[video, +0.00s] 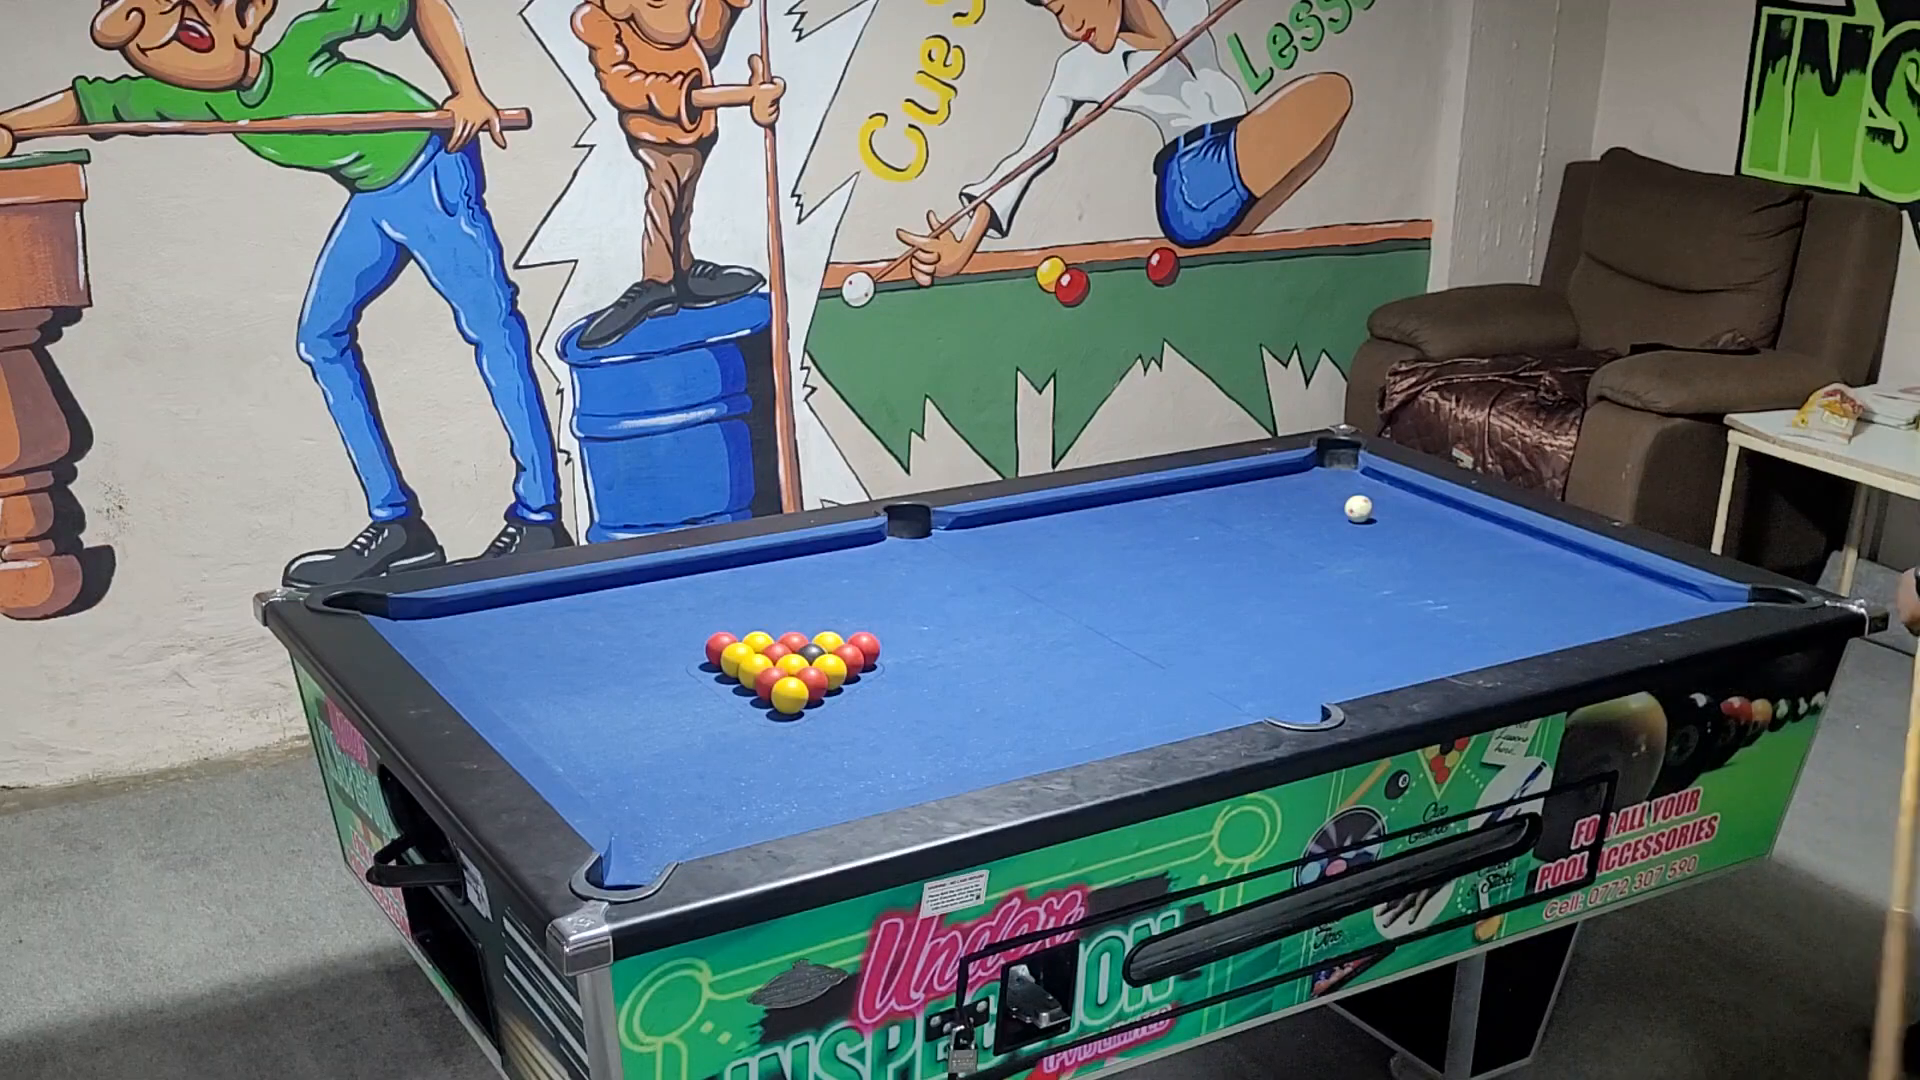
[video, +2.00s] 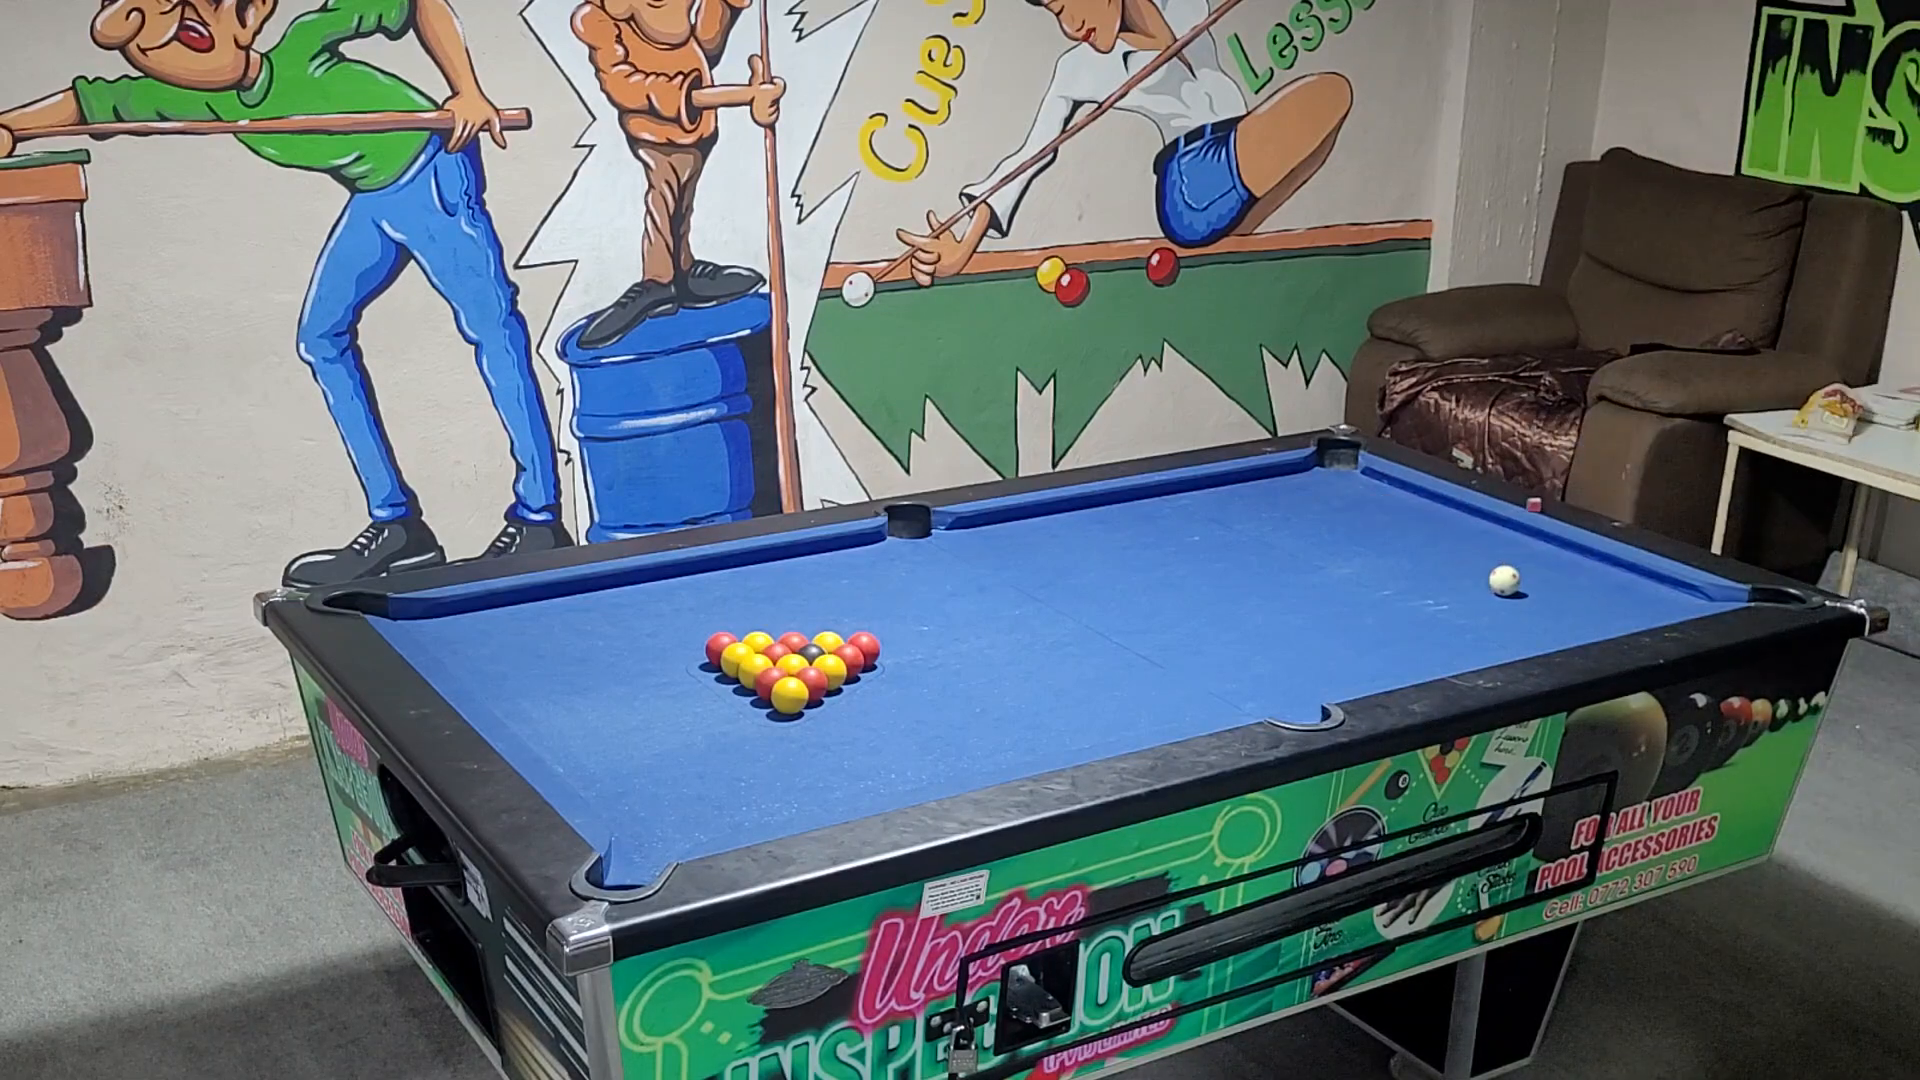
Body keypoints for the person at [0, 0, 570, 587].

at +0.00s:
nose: (207, 58)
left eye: (200, 43)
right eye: (190, 57)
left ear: (221, 22)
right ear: (181, 74)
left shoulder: (299, 37)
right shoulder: (211, 98)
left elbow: (419, 4)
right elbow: (89, 101)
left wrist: (467, 88)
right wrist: (9, 123)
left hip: (426, 165)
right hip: (368, 199)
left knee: (493, 331)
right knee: (322, 338)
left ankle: (540, 518)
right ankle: (397, 523)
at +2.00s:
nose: (209, 57)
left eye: (203, 42)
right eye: (192, 56)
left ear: (225, 23)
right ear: (184, 74)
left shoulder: (300, 37)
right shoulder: (212, 99)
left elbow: (419, 4)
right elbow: (89, 100)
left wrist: (467, 87)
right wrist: (9, 124)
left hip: (426, 166)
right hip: (369, 199)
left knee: (492, 330)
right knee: (322, 338)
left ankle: (541, 517)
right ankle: (397, 523)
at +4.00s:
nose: (209, 56)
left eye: (202, 42)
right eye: (192, 55)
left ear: (225, 22)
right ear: (185, 73)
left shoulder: (300, 38)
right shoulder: (213, 98)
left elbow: (418, 4)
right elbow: (90, 100)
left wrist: (467, 88)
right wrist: (9, 124)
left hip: (426, 166)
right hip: (369, 199)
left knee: (493, 331)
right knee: (322, 338)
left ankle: (540, 518)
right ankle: (397, 523)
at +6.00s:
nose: (208, 58)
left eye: (201, 43)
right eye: (191, 58)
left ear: (228, 22)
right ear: (185, 74)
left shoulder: (301, 37)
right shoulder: (213, 98)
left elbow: (419, 4)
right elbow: (90, 101)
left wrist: (467, 87)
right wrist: (9, 124)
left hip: (426, 165)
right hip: (369, 198)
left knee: (492, 329)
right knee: (322, 337)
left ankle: (541, 516)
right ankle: (397, 522)